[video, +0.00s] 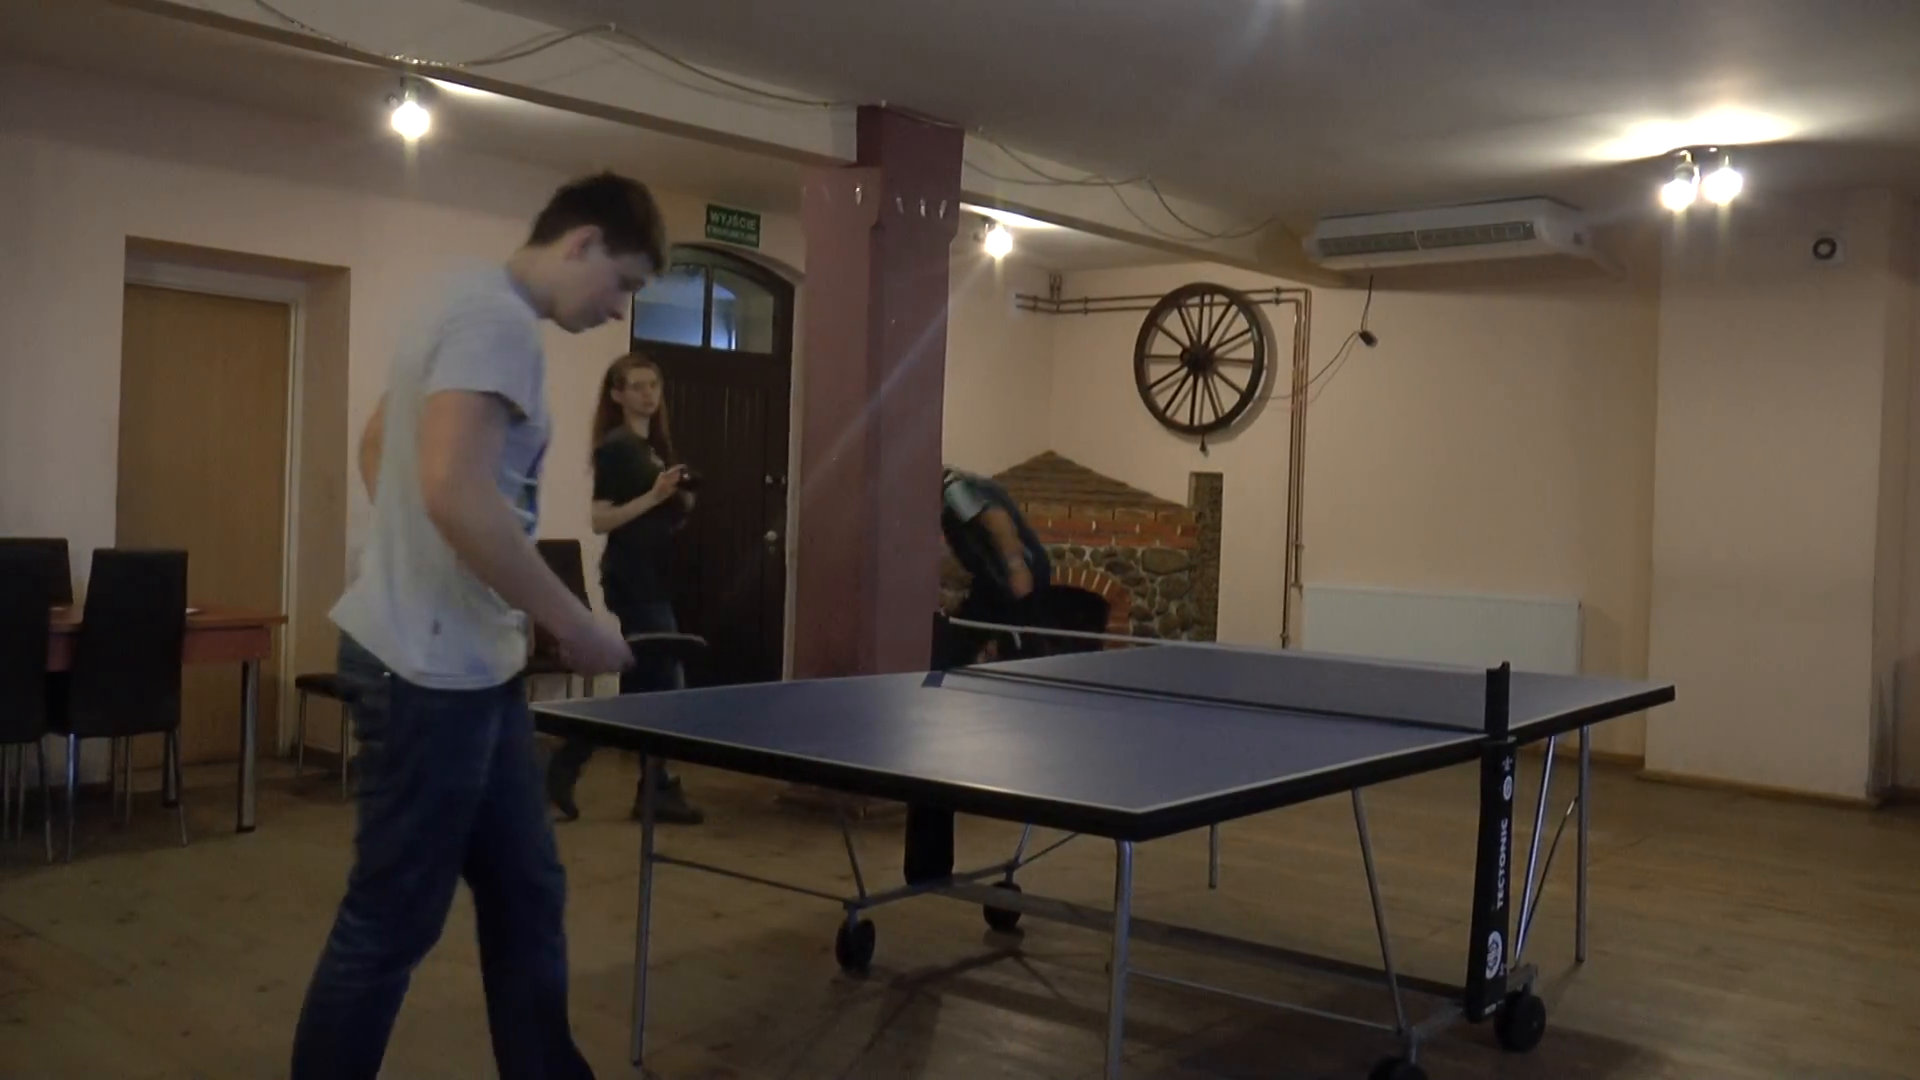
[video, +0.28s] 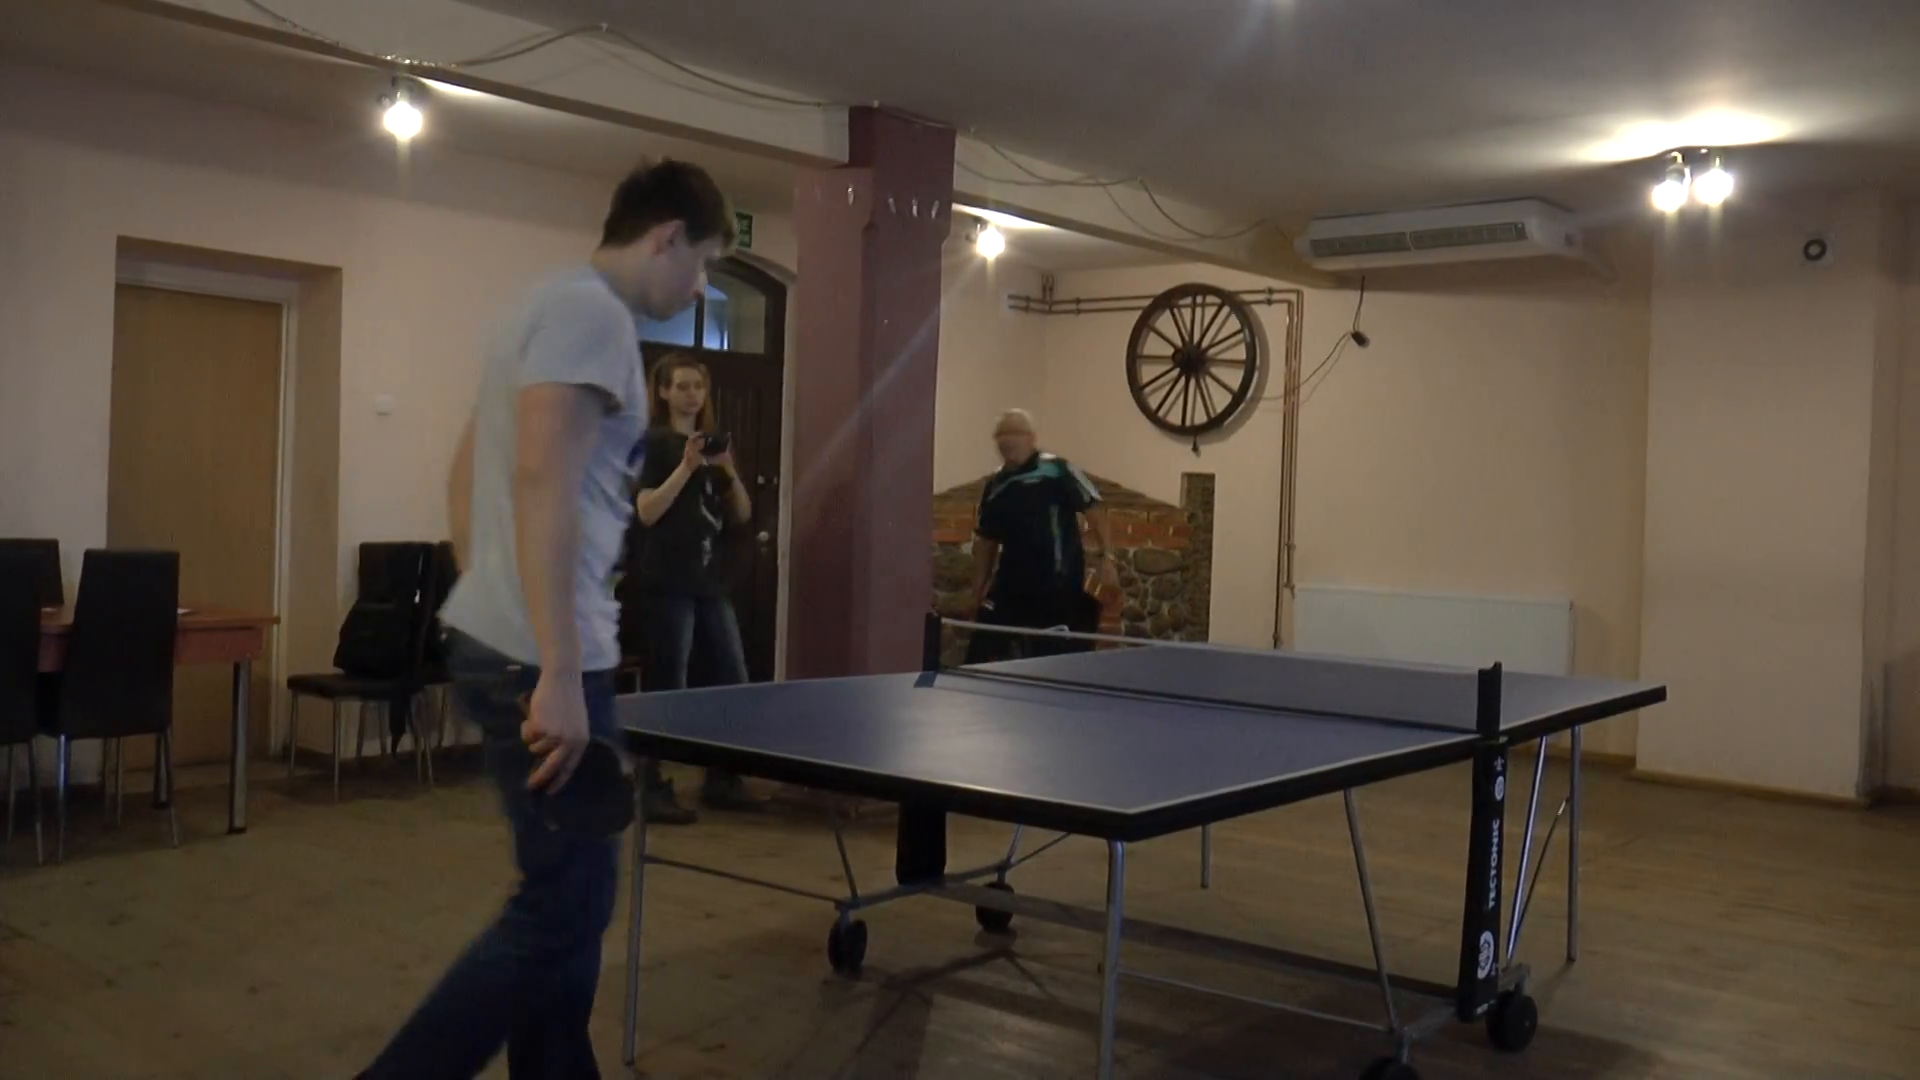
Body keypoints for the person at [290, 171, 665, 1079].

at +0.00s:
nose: (619, 309)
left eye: (630, 294)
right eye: (624, 284)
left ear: (572, 245)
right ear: (581, 245)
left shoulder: (459, 306)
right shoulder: (492, 318)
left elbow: (374, 449)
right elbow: (456, 489)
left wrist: (447, 569)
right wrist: (572, 619)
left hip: (459, 667)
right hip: (427, 670)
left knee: (525, 898)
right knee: (388, 922)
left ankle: (545, 1071)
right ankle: (324, 1070)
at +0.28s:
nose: (700, 291)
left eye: (708, 272)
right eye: (703, 265)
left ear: (639, 237)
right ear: (665, 239)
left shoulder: (545, 308)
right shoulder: (589, 310)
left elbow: (471, 470)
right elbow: (542, 481)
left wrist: (483, 600)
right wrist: (560, 669)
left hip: (506, 653)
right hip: (545, 666)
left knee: (566, 906)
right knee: (563, 908)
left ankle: (559, 1070)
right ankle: (402, 1074)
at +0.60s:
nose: (746, 255)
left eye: (747, 236)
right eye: (748, 235)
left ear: (659, 220)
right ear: (725, 228)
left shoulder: (582, 312)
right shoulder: (682, 309)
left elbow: (529, 477)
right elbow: (667, 480)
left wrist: (603, 577)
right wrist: (734, 656)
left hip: (556, 644)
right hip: (639, 654)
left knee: (575, 896)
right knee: (685, 915)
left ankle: (541, 1066)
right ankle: (668, 1067)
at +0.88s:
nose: (816, 232)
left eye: (813, 216)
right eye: (816, 218)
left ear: (709, 212)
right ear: (801, 226)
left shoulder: (608, 319)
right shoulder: (800, 331)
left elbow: (546, 481)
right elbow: (843, 524)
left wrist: (587, 601)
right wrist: (894, 649)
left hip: (594, 651)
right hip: (714, 658)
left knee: (593, 884)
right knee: (738, 927)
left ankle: (556, 1067)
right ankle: (723, 1073)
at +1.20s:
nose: (835, 228)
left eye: (838, 213)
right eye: (837, 213)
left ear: (725, 203)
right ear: (822, 215)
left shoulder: (618, 304)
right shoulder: (832, 339)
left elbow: (550, 476)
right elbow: (853, 552)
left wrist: (581, 598)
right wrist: (827, 642)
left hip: (589, 647)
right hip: (727, 656)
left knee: (547, 908)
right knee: (721, 940)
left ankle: (504, 1067)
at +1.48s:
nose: (755, 229)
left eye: (754, 212)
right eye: (754, 213)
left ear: (647, 209)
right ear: (734, 219)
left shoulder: (540, 320)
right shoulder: (740, 334)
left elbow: (477, 491)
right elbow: (754, 534)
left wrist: (551, 573)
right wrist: (724, 633)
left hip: (511, 660)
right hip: (646, 665)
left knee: (466, 927)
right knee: (687, 955)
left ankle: (406, 1072)